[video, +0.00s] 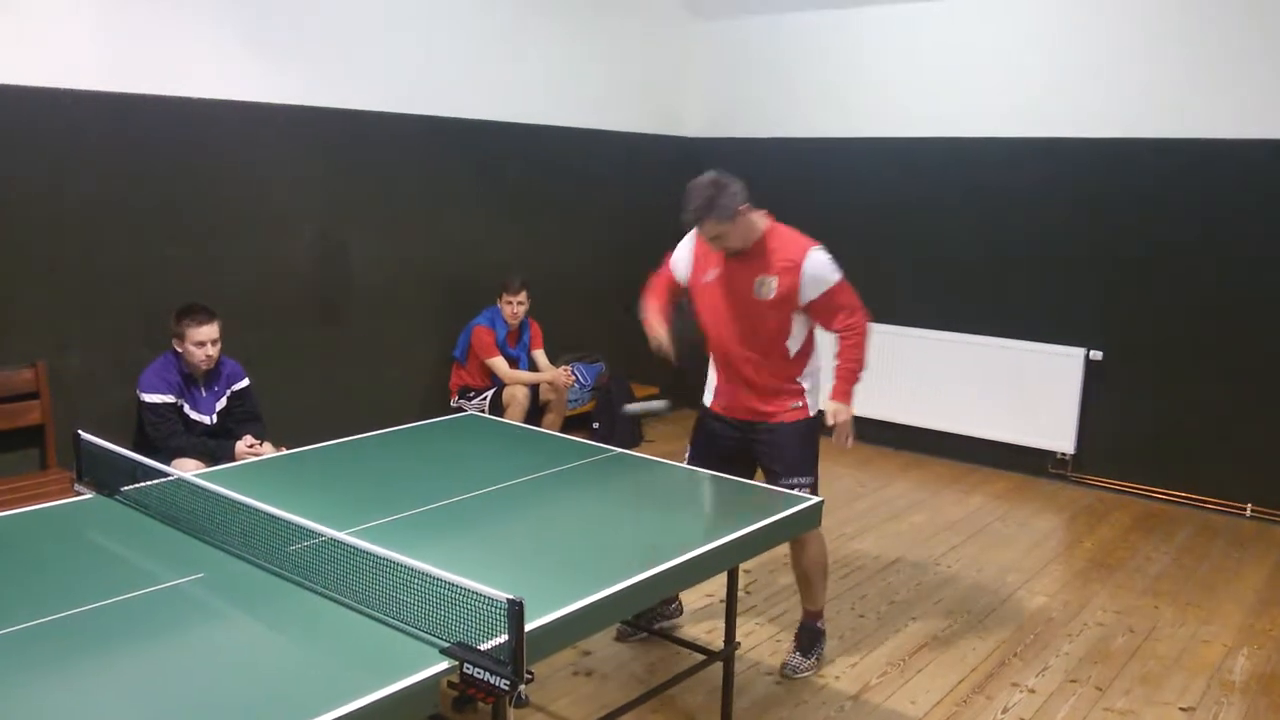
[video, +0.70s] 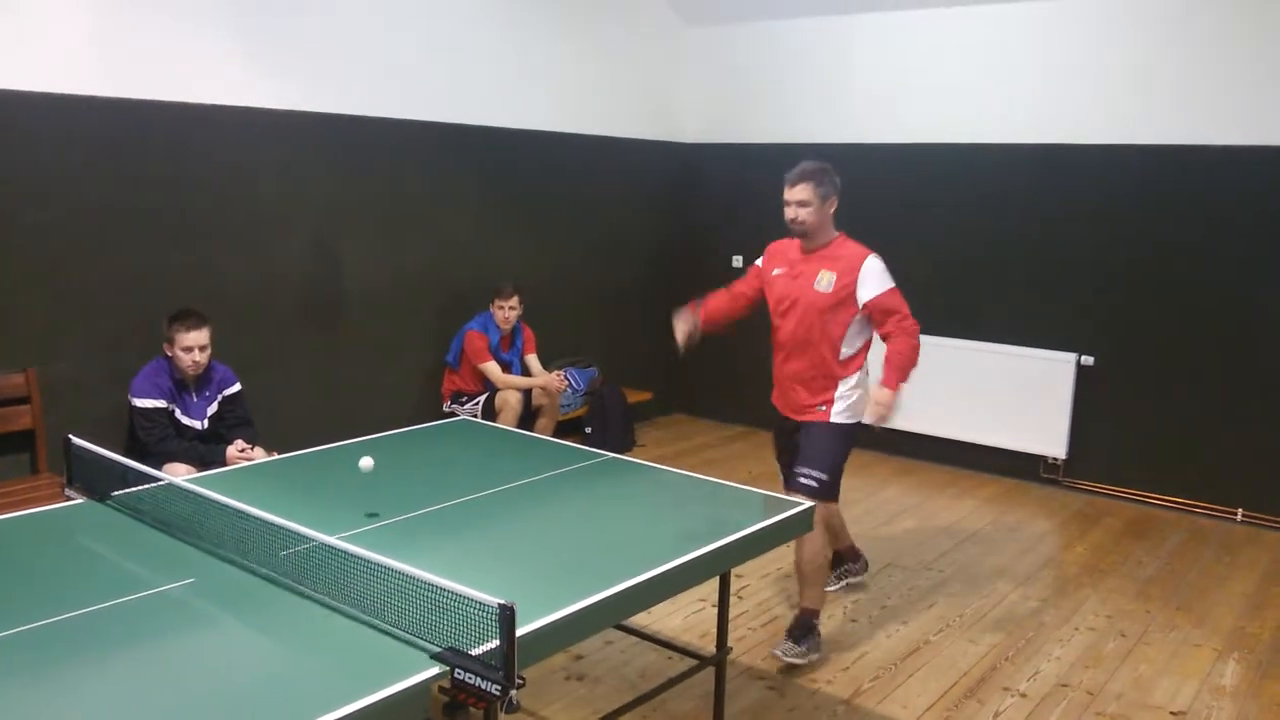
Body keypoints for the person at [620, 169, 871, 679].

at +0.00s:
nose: (713, 244)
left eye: (719, 235)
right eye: (706, 236)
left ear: (747, 214)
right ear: (701, 226)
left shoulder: (801, 258)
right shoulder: (698, 245)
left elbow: (852, 320)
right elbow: (659, 286)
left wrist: (841, 397)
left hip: (786, 413)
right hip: (723, 406)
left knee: (800, 522)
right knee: (689, 504)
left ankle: (812, 629)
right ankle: (664, 597)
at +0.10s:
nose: (747, 221)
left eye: (754, 211)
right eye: (742, 213)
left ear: (784, 197)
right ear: (737, 205)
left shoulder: (825, 259)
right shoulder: (735, 222)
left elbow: (876, 328)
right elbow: (702, 191)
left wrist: (852, 399)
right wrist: (674, 172)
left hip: (788, 411)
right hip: (729, 393)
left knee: (798, 523)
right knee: (687, 499)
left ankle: (809, 631)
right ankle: (660, 594)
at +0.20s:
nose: (763, 220)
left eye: (771, 209)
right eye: (759, 210)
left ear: (805, 198)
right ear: (770, 198)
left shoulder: (831, 267)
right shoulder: (797, 210)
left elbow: (870, 345)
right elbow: (799, 163)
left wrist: (844, 412)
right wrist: (783, 120)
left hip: (793, 408)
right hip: (739, 382)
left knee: (797, 523)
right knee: (685, 483)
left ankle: (808, 632)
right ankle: (657, 586)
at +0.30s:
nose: (776, 216)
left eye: (784, 205)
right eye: (771, 207)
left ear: (818, 194)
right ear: (784, 199)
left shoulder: (837, 266)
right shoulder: (825, 217)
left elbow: (861, 349)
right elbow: (860, 192)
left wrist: (830, 412)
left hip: (794, 407)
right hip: (746, 381)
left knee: (801, 521)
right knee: (685, 464)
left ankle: (809, 628)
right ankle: (674, 577)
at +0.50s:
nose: (796, 203)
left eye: (806, 194)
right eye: (791, 193)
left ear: (838, 190)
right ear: (789, 191)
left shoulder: (866, 255)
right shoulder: (798, 234)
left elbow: (885, 333)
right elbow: (797, 307)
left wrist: (834, 379)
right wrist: (775, 363)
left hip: (820, 412)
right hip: (766, 392)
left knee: (818, 518)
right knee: (734, 477)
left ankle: (813, 629)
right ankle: (790, 534)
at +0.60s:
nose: (799, 204)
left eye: (810, 195)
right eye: (794, 194)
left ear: (839, 193)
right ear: (791, 193)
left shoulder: (868, 253)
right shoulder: (783, 245)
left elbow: (901, 321)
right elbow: (763, 313)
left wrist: (862, 374)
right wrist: (729, 370)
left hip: (828, 409)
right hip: (779, 399)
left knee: (820, 515)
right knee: (777, 494)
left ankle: (811, 628)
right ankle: (838, 547)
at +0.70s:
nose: (791, 213)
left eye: (801, 205)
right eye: (787, 205)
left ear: (832, 205)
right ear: (785, 205)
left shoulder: (860, 264)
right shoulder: (776, 256)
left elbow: (903, 329)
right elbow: (740, 295)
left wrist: (889, 386)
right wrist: (697, 313)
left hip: (835, 408)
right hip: (787, 403)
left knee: (806, 506)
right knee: (810, 493)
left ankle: (805, 626)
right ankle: (848, 557)